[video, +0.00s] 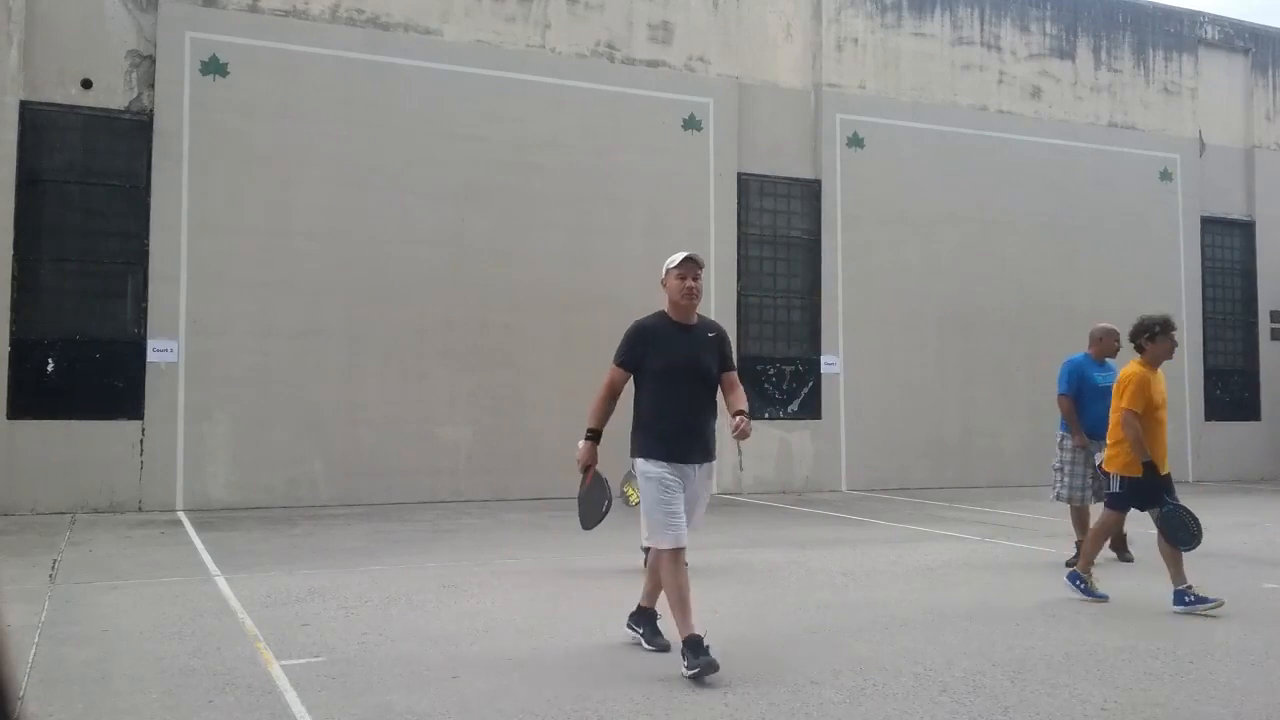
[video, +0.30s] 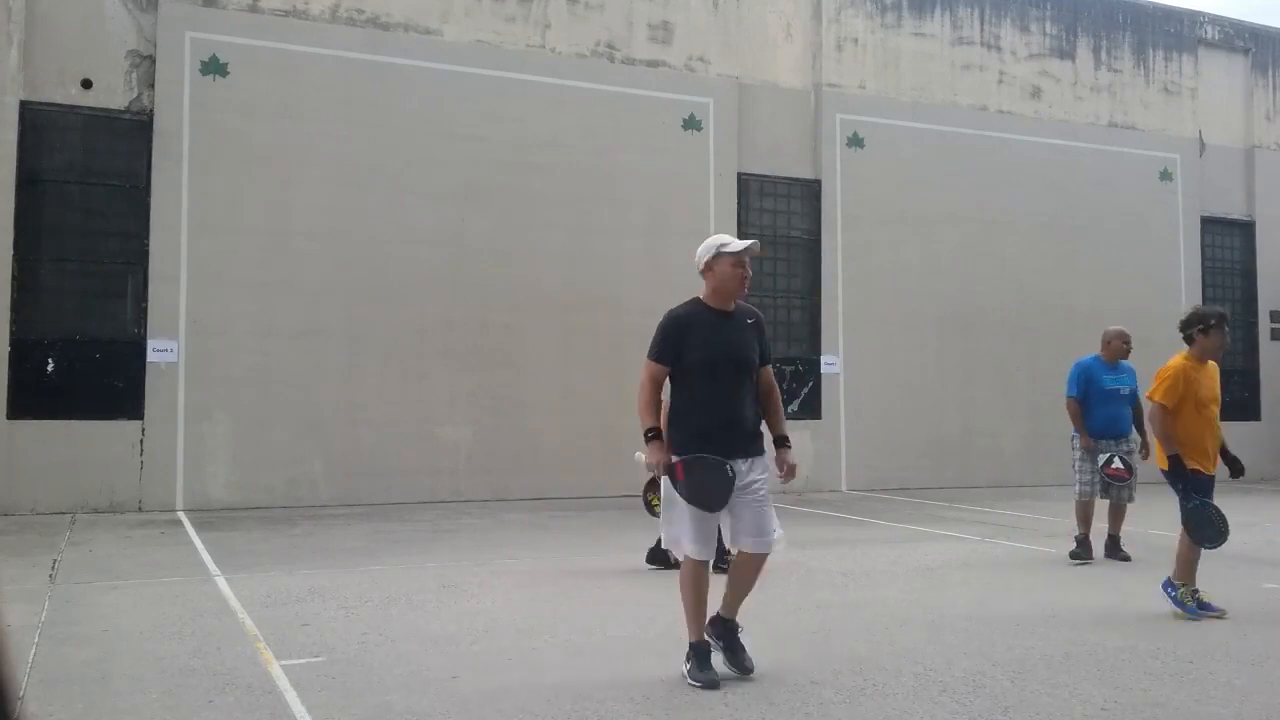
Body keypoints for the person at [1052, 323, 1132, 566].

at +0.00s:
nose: (1119, 345)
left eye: (1119, 341)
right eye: (1115, 341)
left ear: (1103, 342)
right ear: (1099, 341)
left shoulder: (1112, 369)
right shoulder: (1073, 366)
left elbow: (1117, 404)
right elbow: (1064, 400)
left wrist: (1120, 434)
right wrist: (1077, 433)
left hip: (1107, 441)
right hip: (1077, 441)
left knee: (1116, 492)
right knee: (1077, 497)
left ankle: (1118, 539)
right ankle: (1083, 547)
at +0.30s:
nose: (1130, 347)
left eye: (1130, 343)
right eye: (1125, 343)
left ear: (1123, 347)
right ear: (1108, 344)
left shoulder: (1128, 371)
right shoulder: (1083, 368)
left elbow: (1136, 405)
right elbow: (1071, 403)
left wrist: (1144, 437)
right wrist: (1083, 434)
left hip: (1123, 443)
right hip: (1090, 442)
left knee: (1121, 494)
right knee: (1085, 492)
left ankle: (1113, 543)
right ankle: (1083, 543)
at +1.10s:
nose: (1112, 346)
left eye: (1115, 342)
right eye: (1107, 343)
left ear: (1120, 344)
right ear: (1097, 346)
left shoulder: (1134, 367)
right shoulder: (1091, 372)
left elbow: (1145, 401)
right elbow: (1086, 404)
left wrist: (1125, 429)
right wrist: (1081, 435)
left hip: (1134, 437)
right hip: (1106, 438)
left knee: (1133, 488)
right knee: (1111, 488)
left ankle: (1134, 538)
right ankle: (1118, 536)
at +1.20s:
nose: (1116, 346)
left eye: (1119, 341)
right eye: (1110, 343)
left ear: (1124, 344)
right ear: (1100, 346)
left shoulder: (1137, 367)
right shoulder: (1096, 372)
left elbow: (1148, 401)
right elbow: (1091, 404)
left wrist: (1129, 431)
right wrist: (1086, 434)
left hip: (1137, 437)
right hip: (1109, 439)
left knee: (1142, 488)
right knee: (1112, 488)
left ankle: (1154, 538)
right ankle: (1119, 537)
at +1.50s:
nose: (1136, 348)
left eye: (1140, 344)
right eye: (1130, 344)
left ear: (1146, 346)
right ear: (1123, 348)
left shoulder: (1160, 370)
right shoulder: (1117, 373)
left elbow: (1179, 402)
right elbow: (1113, 402)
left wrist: (1160, 430)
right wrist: (1107, 430)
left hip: (1157, 442)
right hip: (1128, 443)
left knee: (1170, 492)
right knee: (1122, 488)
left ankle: (1190, 542)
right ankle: (1120, 537)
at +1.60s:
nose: (1146, 349)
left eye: (1150, 345)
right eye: (1141, 346)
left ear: (1157, 347)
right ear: (1133, 349)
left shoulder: (1172, 371)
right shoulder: (1128, 373)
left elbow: (1196, 401)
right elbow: (1123, 399)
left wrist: (1175, 426)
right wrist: (1117, 426)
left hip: (1168, 442)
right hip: (1139, 444)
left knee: (1178, 494)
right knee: (1131, 492)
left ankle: (1191, 542)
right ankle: (1129, 538)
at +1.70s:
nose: (1155, 349)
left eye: (1158, 345)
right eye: (1151, 346)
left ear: (1166, 346)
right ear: (1145, 348)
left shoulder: (1180, 370)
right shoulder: (1141, 371)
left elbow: (1211, 395)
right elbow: (1135, 404)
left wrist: (1192, 424)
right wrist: (1140, 432)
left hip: (1178, 439)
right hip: (1152, 441)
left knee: (1184, 493)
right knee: (1163, 492)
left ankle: (1191, 541)